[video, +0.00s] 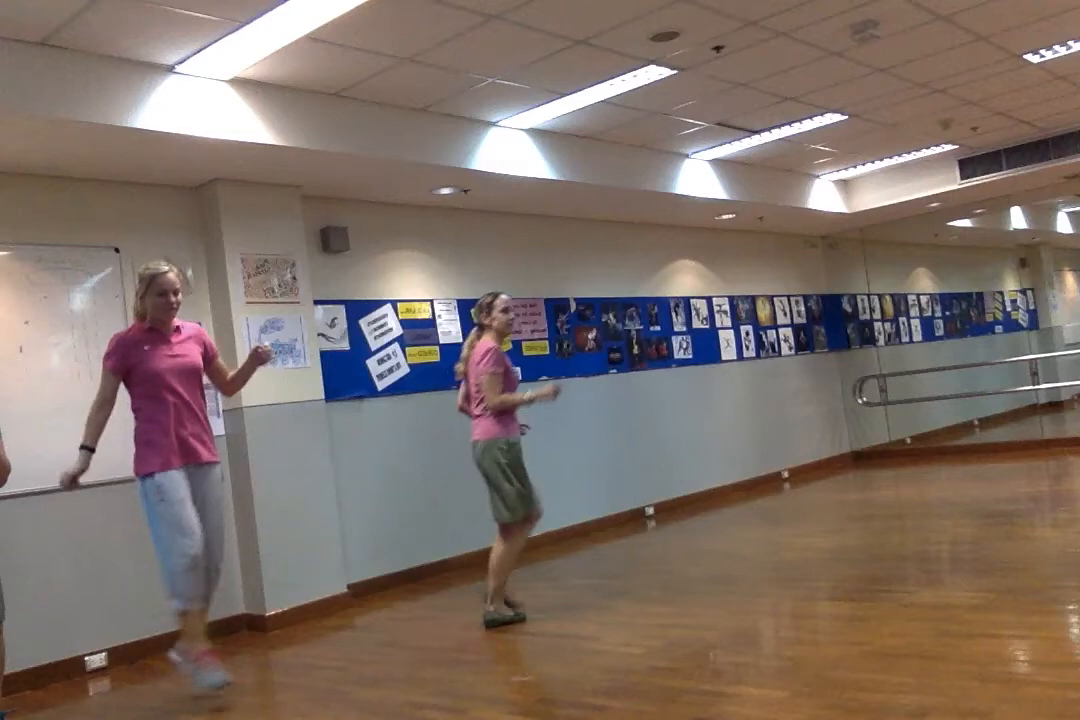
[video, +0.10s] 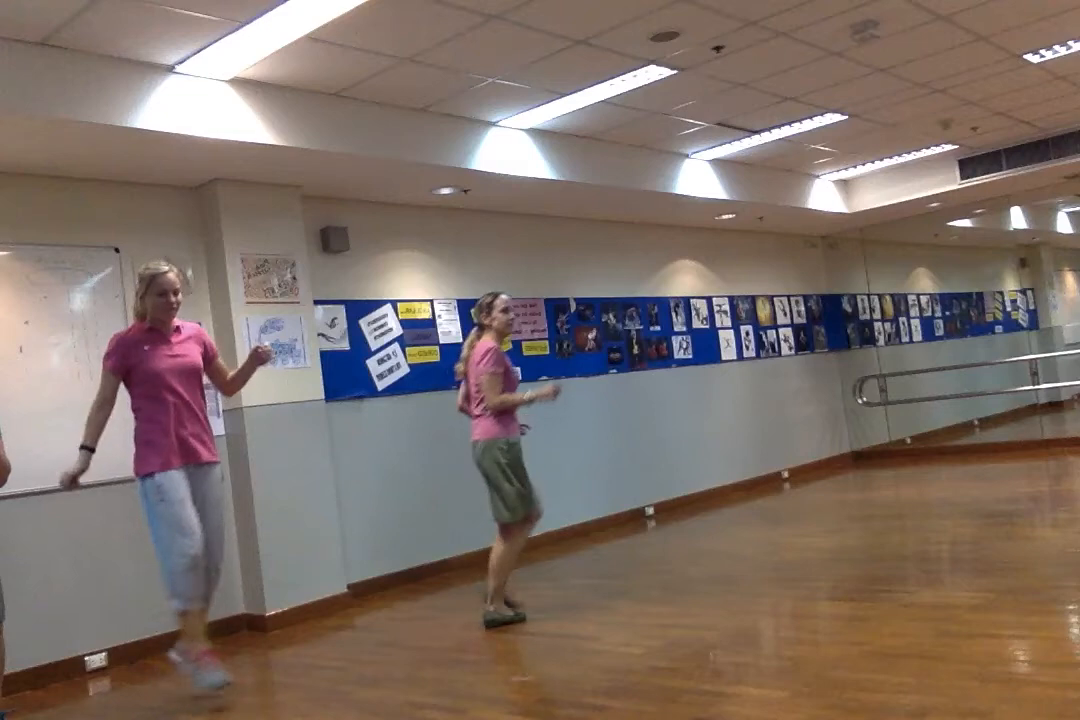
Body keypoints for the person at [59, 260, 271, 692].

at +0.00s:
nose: (171, 300)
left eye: (176, 293)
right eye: (162, 294)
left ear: (182, 296)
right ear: (142, 298)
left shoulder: (195, 334)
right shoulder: (126, 344)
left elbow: (228, 386)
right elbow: (103, 403)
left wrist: (252, 363)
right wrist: (83, 459)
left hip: (203, 453)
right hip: (159, 459)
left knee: (212, 551)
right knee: (190, 548)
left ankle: (189, 644)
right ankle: (196, 651)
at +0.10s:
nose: (171, 300)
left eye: (176, 293)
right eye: (162, 294)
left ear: (182, 296)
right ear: (142, 298)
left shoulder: (195, 334)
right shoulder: (126, 344)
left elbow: (228, 386)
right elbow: (103, 403)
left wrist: (252, 363)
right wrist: (83, 459)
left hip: (203, 453)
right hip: (159, 459)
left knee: (212, 551)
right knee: (190, 548)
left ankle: (189, 644)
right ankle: (196, 651)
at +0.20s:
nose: (171, 300)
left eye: (176, 293)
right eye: (162, 294)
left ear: (182, 296)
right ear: (142, 298)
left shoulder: (195, 334)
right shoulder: (126, 344)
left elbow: (228, 386)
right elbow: (103, 403)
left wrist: (252, 363)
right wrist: (83, 459)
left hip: (203, 453)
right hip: (159, 459)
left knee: (212, 551)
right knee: (190, 548)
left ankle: (189, 644)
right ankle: (196, 651)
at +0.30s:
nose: (171, 300)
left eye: (176, 293)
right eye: (162, 294)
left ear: (182, 296)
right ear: (142, 298)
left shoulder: (195, 334)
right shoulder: (126, 344)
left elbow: (228, 386)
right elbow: (103, 403)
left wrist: (252, 363)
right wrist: (83, 459)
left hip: (203, 453)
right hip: (159, 459)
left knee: (212, 551)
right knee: (190, 548)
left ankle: (189, 644)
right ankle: (196, 651)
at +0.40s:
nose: (171, 300)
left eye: (175, 293)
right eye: (162, 294)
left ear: (182, 296)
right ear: (142, 298)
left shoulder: (195, 334)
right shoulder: (127, 343)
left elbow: (228, 386)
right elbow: (103, 404)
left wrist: (252, 363)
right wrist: (83, 459)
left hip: (203, 452)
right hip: (159, 459)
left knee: (212, 550)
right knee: (190, 548)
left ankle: (189, 644)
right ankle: (195, 649)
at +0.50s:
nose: (171, 300)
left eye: (176, 293)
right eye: (162, 294)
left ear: (182, 296)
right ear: (142, 298)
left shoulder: (195, 334)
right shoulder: (127, 343)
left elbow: (228, 386)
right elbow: (103, 404)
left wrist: (252, 363)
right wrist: (83, 459)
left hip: (203, 452)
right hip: (159, 459)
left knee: (212, 550)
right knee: (190, 548)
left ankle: (189, 644)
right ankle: (195, 649)